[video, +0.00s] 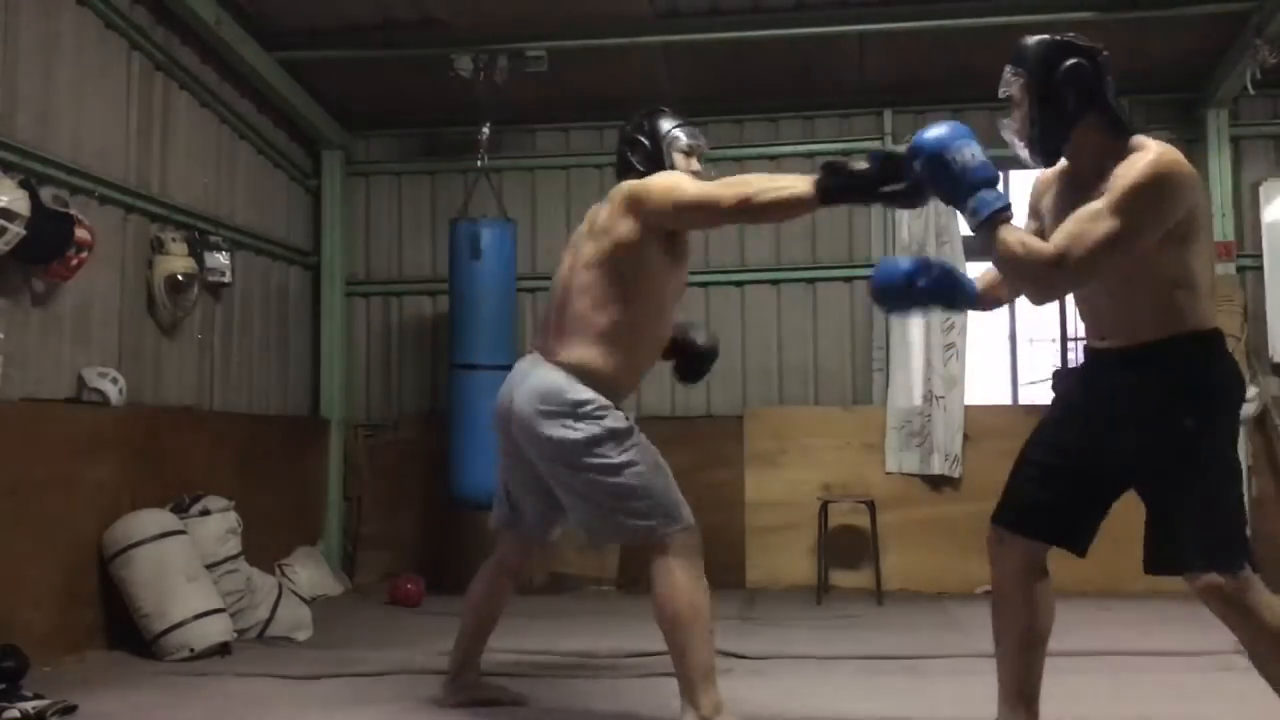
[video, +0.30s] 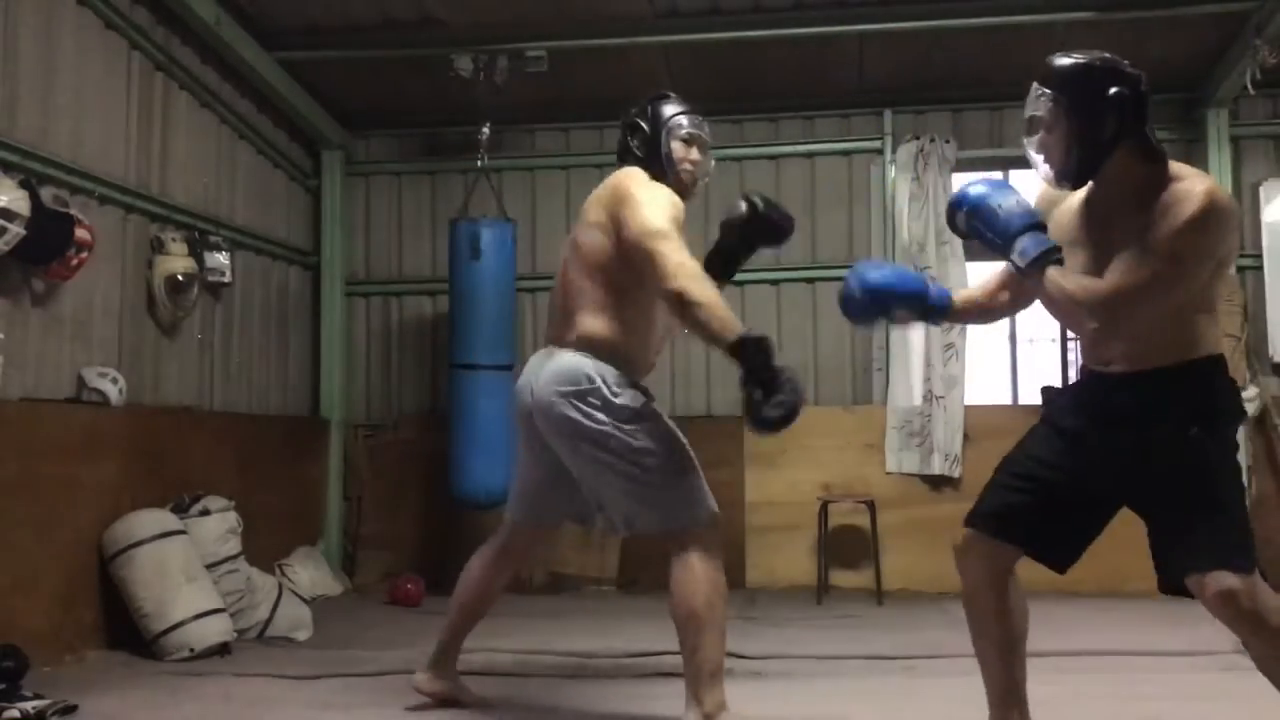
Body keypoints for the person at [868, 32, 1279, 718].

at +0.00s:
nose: (1006, 118)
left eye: (1015, 101)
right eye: (1006, 102)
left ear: (1065, 102)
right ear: (1070, 105)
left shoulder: (1159, 170)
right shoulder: (1050, 185)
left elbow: (1048, 274)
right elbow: (1024, 274)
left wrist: (980, 201)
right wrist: (963, 291)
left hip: (1188, 381)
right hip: (1101, 382)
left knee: (1216, 574)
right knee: (1013, 543)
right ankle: (1017, 713)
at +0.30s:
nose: (1034, 142)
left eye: (1044, 124)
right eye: (1033, 126)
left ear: (1097, 122)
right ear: (1086, 126)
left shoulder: (1197, 204)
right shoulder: (1059, 207)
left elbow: (1094, 310)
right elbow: (1007, 293)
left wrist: (1027, 245)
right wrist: (933, 301)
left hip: (1185, 410)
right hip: (1090, 409)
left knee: (1226, 588)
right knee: (982, 552)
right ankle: (1009, 714)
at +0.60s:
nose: (1078, 94)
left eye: (1089, 75)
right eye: (1077, 77)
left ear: (1150, 77)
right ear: (1147, 81)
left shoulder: (1241, 168)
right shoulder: (1117, 172)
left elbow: (1133, 284)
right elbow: (1127, 295)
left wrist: (1063, 217)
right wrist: (1084, 359)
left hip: (1230, 398)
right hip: (1135, 395)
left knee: (1266, 601)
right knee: (1034, 553)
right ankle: (1017, 713)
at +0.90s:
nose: (1125, 102)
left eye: (1139, 85)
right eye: (1126, 86)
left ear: (1204, 93)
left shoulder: (1269, 189)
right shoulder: (1138, 178)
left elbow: (1191, 293)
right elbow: (1026, 240)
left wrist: (1118, 228)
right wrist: (988, 179)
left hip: (1255, 407)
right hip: (1162, 407)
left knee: (1269, 599)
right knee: (1031, 558)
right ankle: (1023, 715)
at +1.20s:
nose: (1121, 81)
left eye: (1131, 63)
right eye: (1118, 66)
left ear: (1189, 57)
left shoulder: (1273, 144)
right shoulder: (1151, 161)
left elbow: (1225, 253)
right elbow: (1142, 281)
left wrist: (1148, 166)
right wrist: (1082, 312)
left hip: (1257, 387)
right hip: (1163, 389)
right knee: (1070, 553)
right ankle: (1050, 715)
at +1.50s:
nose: (1090, 79)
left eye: (1099, 60)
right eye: (1089, 63)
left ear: (1155, 52)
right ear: (1145, 57)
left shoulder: (1242, 134)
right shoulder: (1130, 164)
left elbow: (1156, 260)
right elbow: (1120, 296)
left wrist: (1085, 157)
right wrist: (1055, 288)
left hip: (1226, 388)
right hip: (1133, 387)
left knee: (1274, 589)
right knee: (1054, 550)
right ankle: (1047, 716)